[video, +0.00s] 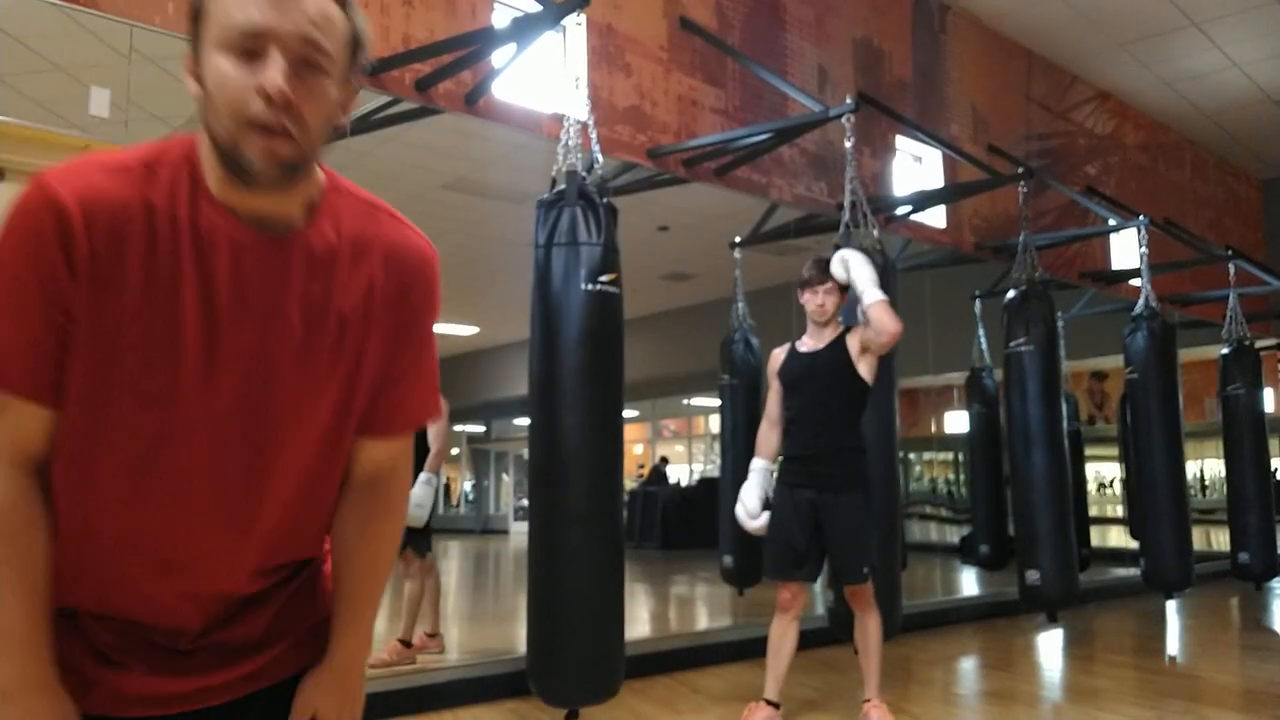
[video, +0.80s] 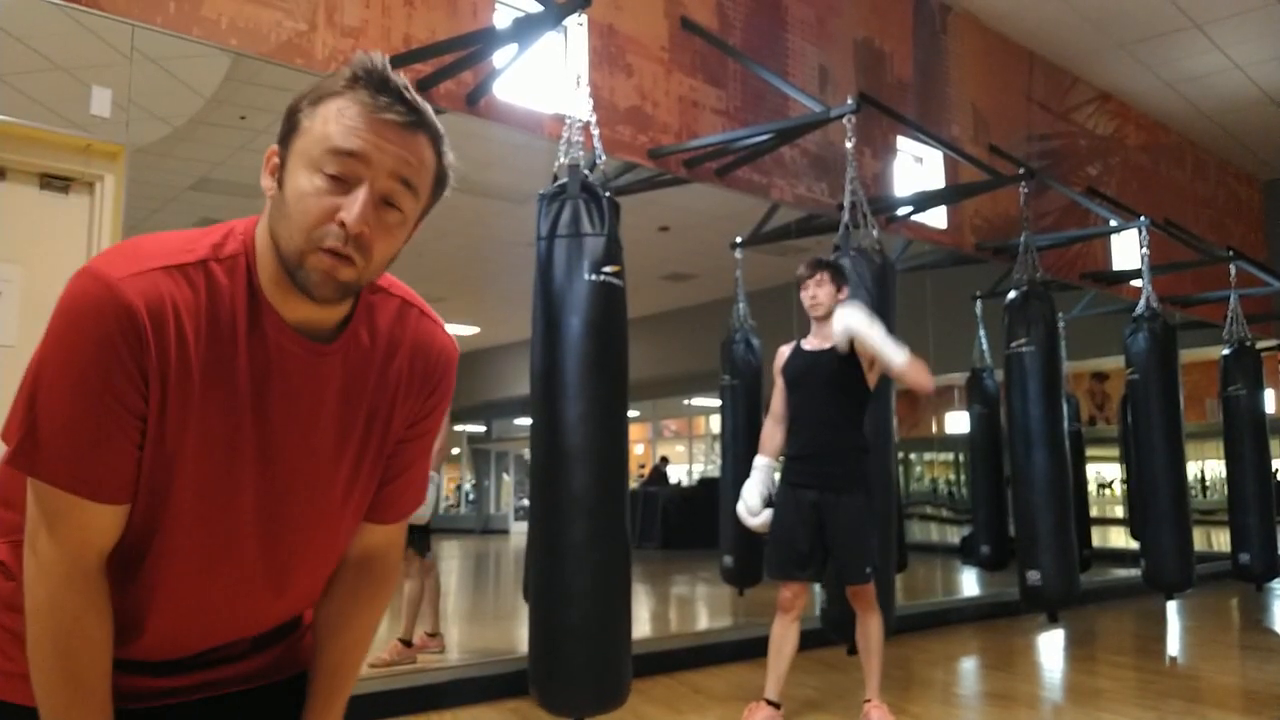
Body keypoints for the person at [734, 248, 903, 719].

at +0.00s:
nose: (820, 299)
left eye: (828, 291)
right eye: (811, 291)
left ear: (842, 297)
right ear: (800, 298)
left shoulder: (859, 339)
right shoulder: (782, 357)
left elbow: (889, 330)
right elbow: (772, 423)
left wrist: (863, 280)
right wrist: (756, 482)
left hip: (848, 489)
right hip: (794, 490)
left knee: (861, 597)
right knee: (788, 600)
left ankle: (872, 700)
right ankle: (770, 702)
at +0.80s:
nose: (812, 291)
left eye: (821, 284)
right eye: (806, 285)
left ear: (842, 292)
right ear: (799, 297)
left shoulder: (862, 345)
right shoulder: (787, 355)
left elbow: (924, 381)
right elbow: (775, 422)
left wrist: (875, 337)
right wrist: (759, 479)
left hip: (851, 491)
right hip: (798, 491)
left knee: (863, 596)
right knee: (789, 599)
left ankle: (873, 701)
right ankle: (770, 703)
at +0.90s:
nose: (812, 289)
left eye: (821, 282)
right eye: (806, 284)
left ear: (842, 292)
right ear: (799, 298)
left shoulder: (868, 346)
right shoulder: (787, 355)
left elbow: (923, 399)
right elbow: (776, 423)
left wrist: (882, 392)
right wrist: (759, 480)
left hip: (852, 493)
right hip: (798, 493)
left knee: (863, 597)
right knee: (788, 599)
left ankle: (873, 701)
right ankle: (770, 703)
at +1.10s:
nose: (815, 288)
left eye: (824, 282)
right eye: (809, 284)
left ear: (844, 294)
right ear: (802, 299)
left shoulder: (871, 349)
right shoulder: (786, 355)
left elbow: (902, 411)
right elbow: (771, 420)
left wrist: (906, 463)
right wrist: (755, 475)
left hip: (857, 492)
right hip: (801, 492)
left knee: (864, 597)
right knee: (789, 599)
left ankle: (872, 700)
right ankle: (770, 702)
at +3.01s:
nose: (830, 293)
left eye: (837, 286)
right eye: (822, 287)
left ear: (851, 295)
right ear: (808, 298)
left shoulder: (875, 350)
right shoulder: (787, 355)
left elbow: (896, 417)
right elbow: (773, 420)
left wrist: (897, 471)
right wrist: (760, 475)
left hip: (859, 491)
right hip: (801, 491)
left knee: (865, 596)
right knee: (788, 597)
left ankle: (872, 700)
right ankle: (770, 702)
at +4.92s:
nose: (831, 294)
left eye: (839, 287)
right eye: (823, 289)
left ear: (852, 296)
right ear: (811, 299)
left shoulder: (879, 351)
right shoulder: (791, 356)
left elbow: (899, 418)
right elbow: (777, 422)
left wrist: (899, 475)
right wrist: (763, 479)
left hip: (860, 493)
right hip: (803, 492)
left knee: (866, 597)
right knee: (789, 599)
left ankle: (873, 701)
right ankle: (770, 703)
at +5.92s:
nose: (829, 295)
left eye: (837, 288)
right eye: (821, 289)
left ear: (850, 296)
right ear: (809, 299)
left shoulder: (877, 350)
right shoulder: (787, 354)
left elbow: (896, 417)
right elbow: (772, 419)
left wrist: (896, 474)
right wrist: (760, 476)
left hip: (858, 492)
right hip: (801, 491)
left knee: (865, 596)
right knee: (789, 598)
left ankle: (873, 700)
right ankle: (771, 702)